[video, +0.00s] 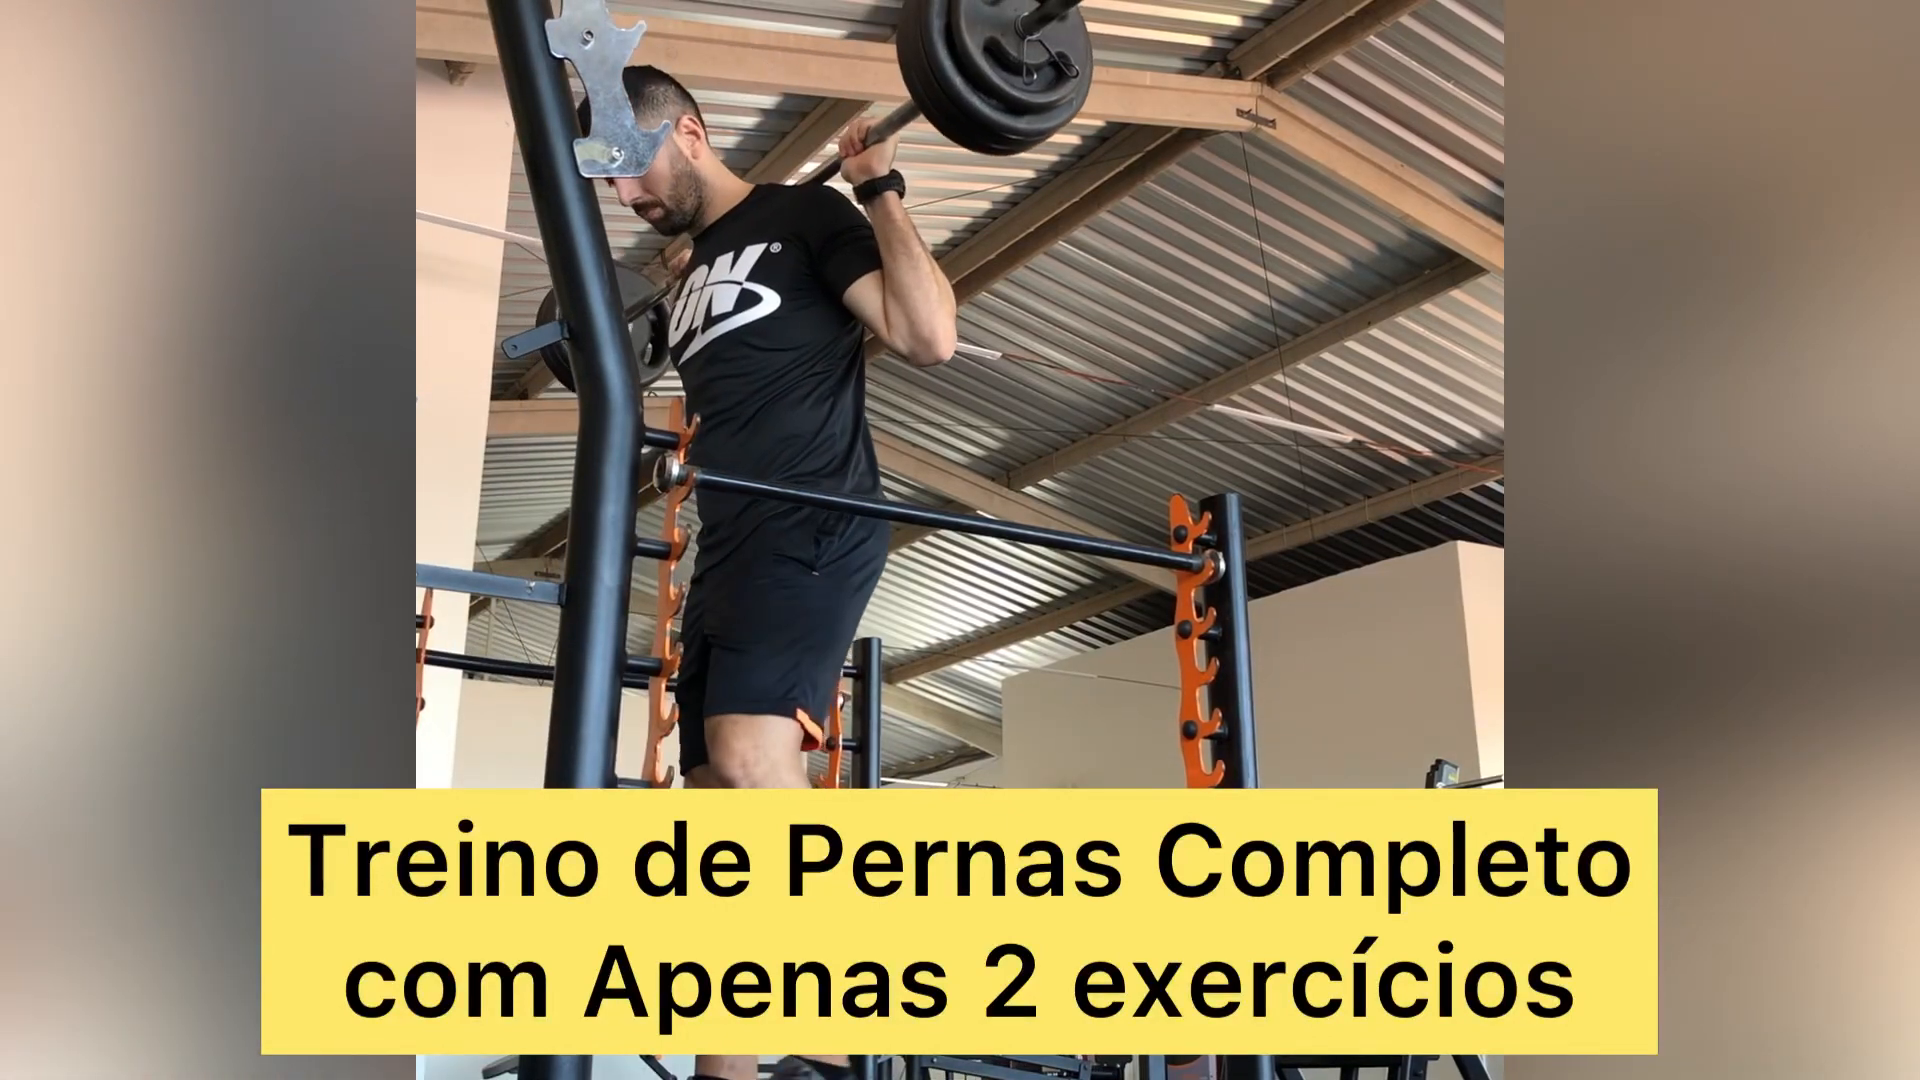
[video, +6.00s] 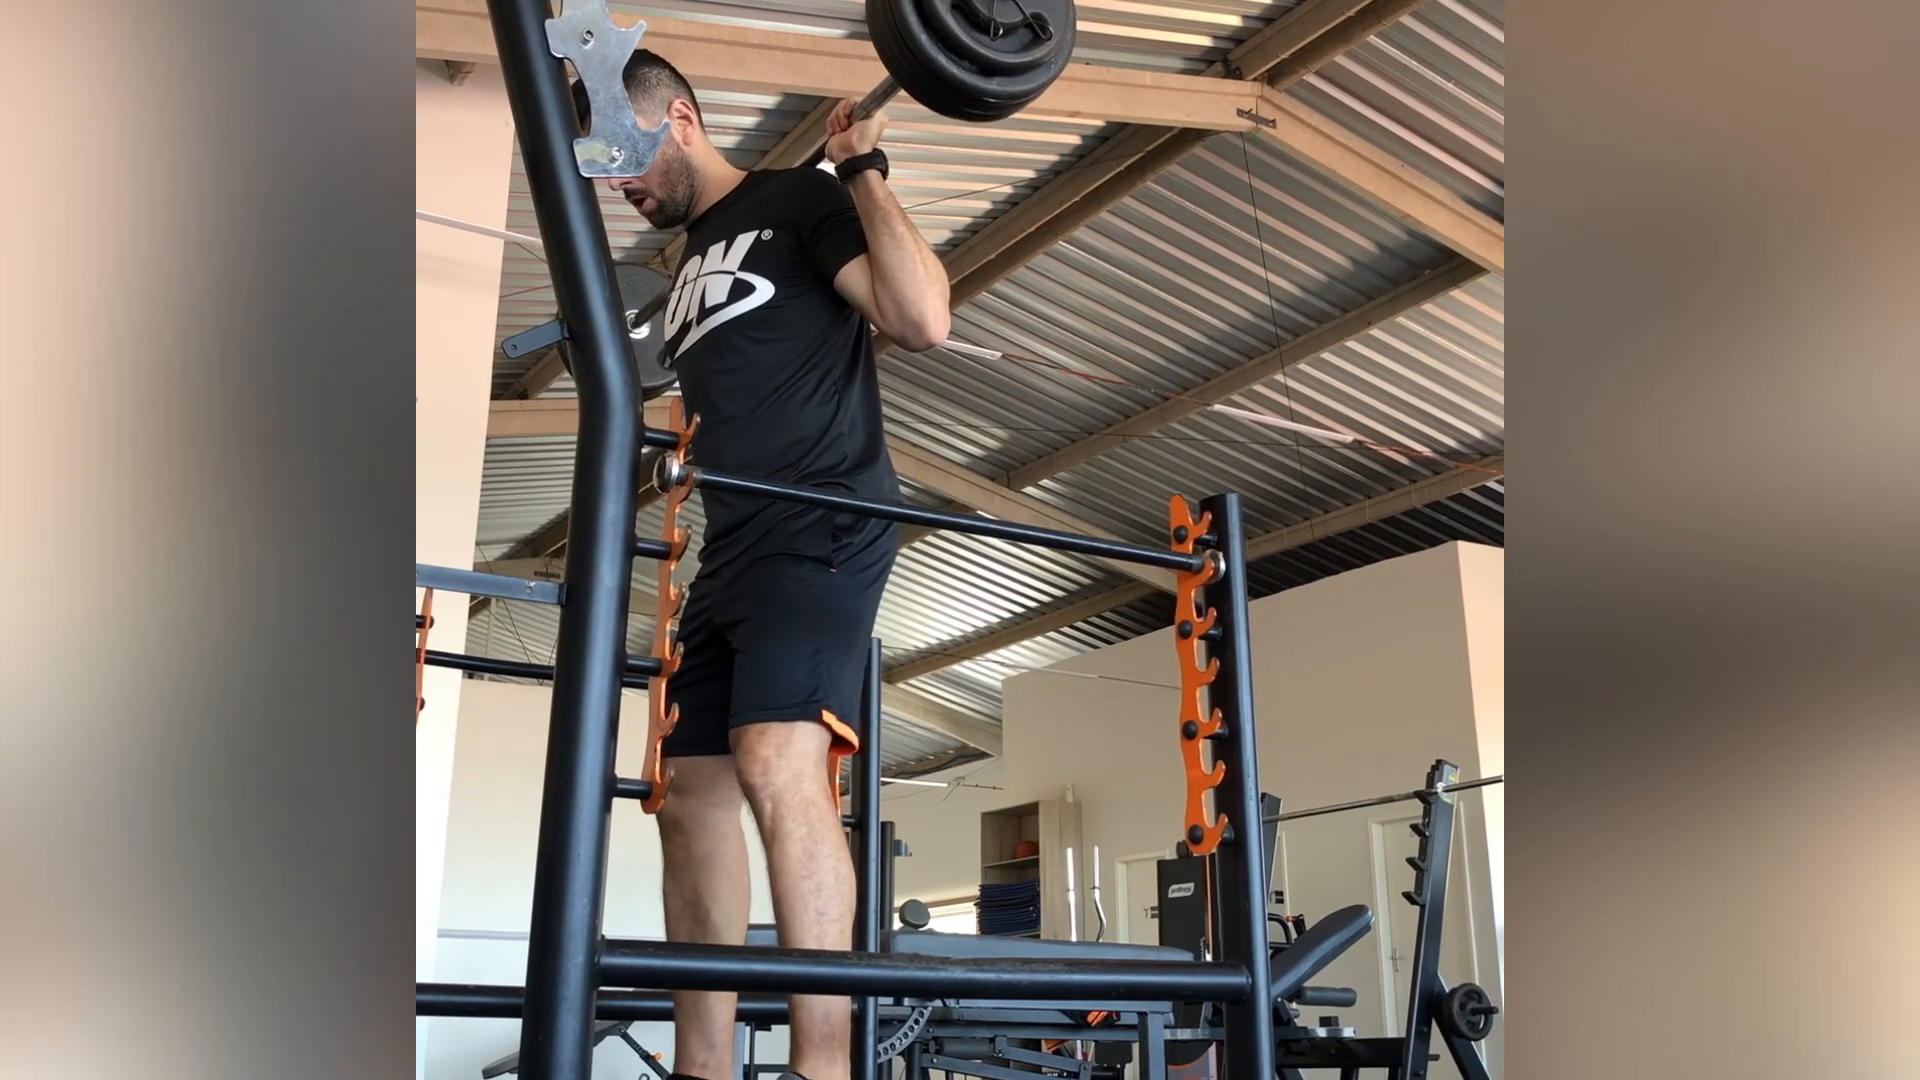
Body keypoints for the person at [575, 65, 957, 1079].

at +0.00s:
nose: (629, 193)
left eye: (634, 164)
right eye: (615, 177)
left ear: (690, 132)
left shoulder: (804, 211)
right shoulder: (687, 278)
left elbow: (931, 337)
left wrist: (883, 193)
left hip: (813, 517)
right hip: (731, 531)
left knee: (752, 747)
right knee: (705, 772)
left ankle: (813, 1015)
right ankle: (731, 1036)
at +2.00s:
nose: (637, 177)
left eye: (643, 147)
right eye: (623, 161)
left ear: (697, 112)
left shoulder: (814, 192)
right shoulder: (698, 271)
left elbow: (941, 314)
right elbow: (717, 429)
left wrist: (891, 166)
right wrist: (680, 577)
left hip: (827, 526)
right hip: (731, 542)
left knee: (802, 763)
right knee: (699, 789)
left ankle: (834, 1065)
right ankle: (713, 1066)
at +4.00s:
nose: (622, 185)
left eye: (629, 156)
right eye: (608, 169)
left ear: (681, 118)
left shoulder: (789, 200)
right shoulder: (675, 263)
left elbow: (900, 334)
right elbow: (691, 420)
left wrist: (851, 181)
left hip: (787, 520)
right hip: (708, 536)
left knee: (771, 758)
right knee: (690, 792)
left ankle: (821, 1063)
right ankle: (708, 1065)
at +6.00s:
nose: (622, 186)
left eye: (630, 156)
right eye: (609, 170)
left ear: (684, 120)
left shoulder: (797, 197)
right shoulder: (688, 267)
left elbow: (925, 322)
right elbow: (720, 405)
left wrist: (867, 175)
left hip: (823, 517)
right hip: (734, 536)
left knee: (778, 755)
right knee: (692, 787)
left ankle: (826, 1065)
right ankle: (702, 1067)